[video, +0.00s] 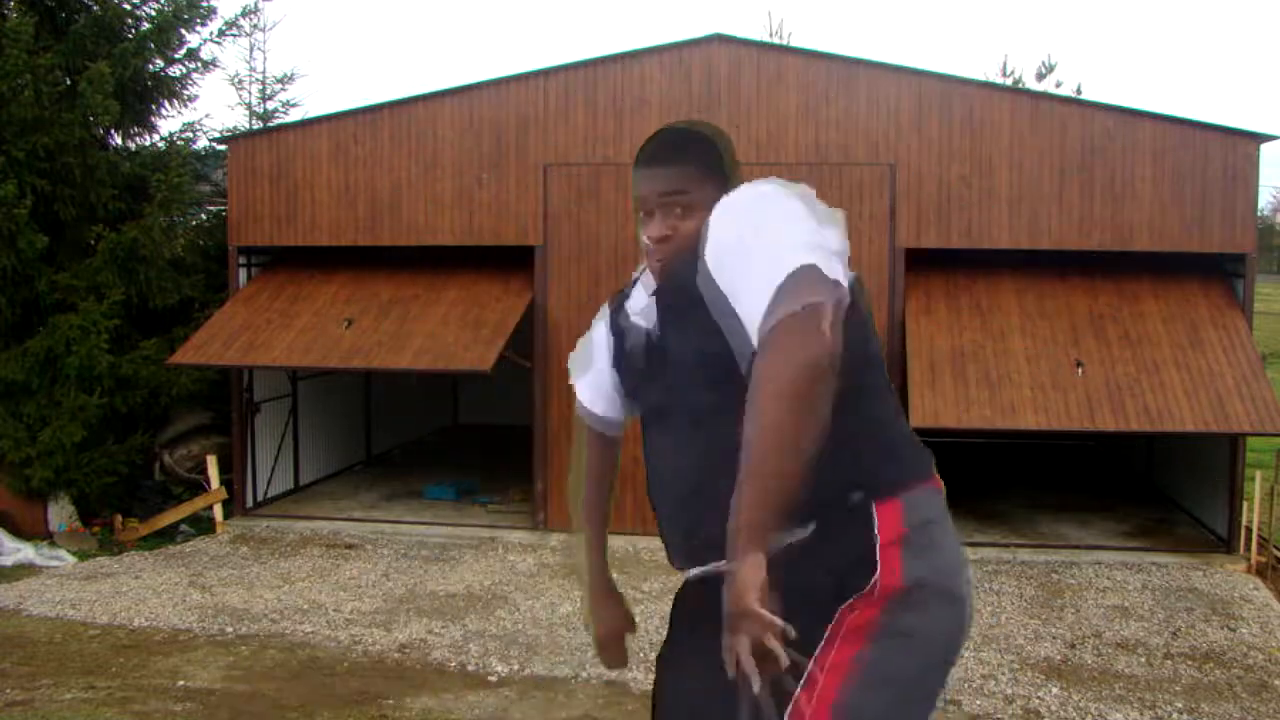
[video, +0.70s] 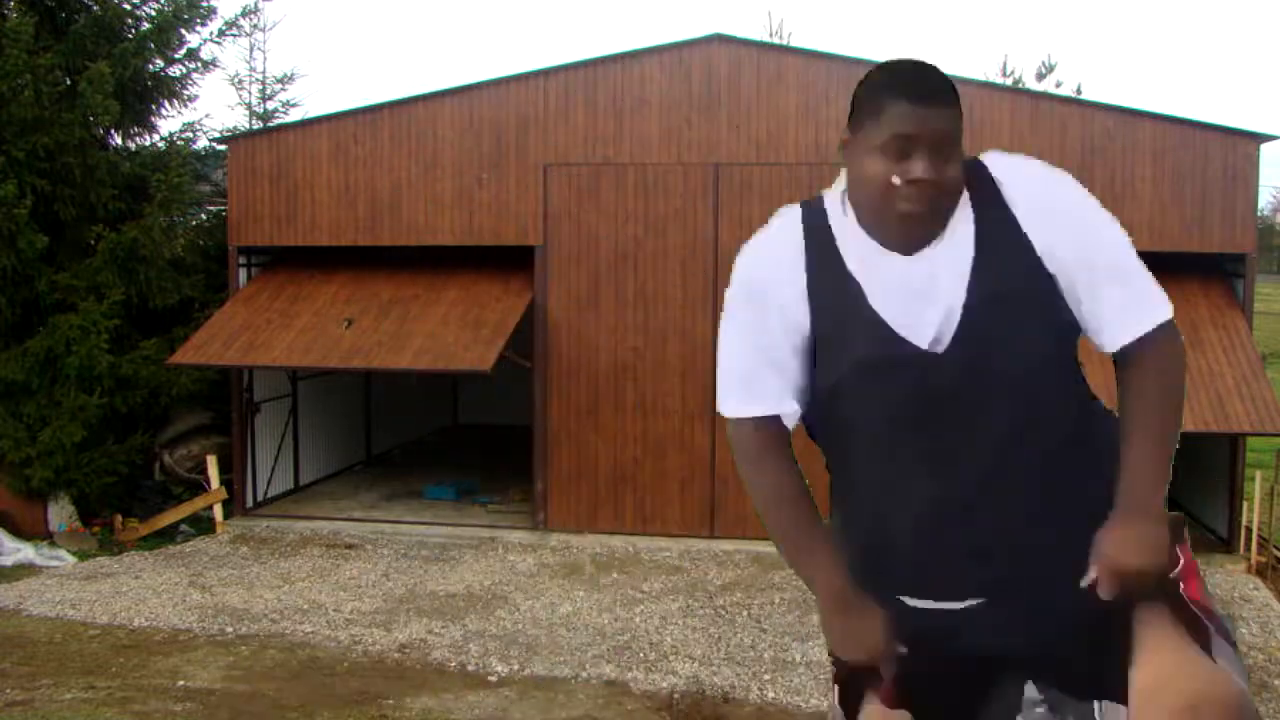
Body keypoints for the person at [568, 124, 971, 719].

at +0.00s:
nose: (657, 228)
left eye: (679, 207)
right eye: (645, 211)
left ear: (723, 200)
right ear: (634, 213)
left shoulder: (755, 214)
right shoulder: (624, 319)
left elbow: (805, 346)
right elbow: (597, 436)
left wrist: (749, 551)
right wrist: (598, 583)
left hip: (873, 562)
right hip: (726, 582)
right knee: (687, 704)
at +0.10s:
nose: (637, 262)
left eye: (658, 238)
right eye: (622, 244)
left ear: (709, 220)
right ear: (610, 240)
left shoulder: (737, 243)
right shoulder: (620, 318)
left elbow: (785, 423)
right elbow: (617, 479)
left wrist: (767, 631)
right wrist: (621, 630)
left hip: (860, 585)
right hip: (713, 598)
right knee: (661, 701)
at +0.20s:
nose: (628, 363)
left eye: (649, 337)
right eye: (613, 341)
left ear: (700, 302)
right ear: (597, 332)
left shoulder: (738, 346)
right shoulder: (614, 363)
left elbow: (805, 556)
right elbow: (627, 533)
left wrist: (825, 711)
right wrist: (637, 685)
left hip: (910, 628)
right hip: (740, 620)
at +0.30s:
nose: (688, 421)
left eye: (707, 396)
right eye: (670, 400)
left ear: (760, 354)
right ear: (652, 382)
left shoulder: (810, 394)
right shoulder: (662, 414)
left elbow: (925, 577)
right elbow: (684, 565)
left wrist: (963, 713)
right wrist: (695, 700)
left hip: (989, 634)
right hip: (817, 644)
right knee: (757, 703)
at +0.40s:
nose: (745, 435)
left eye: (767, 410)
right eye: (725, 413)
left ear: (813, 376)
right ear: (703, 398)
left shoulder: (878, 413)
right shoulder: (707, 434)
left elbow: (1047, 552)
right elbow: (740, 566)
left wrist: (1077, 710)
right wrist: (759, 690)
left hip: (1027, 638)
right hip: (885, 658)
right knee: (802, 707)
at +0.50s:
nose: (869, 412)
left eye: (889, 385)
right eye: (846, 391)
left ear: (924, 363)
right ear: (811, 379)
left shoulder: (996, 403)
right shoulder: (789, 446)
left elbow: (1168, 525)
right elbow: (813, 576)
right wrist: (848, 694)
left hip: (1076, 670)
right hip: (934, 674)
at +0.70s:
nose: (920, 173)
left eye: (942, 152)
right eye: (897, 150)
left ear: (964, 150)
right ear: (847, 151)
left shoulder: (1037, 200)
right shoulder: (779, 261)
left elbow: (1151, 339)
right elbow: (755, 433)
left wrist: (1140, 512)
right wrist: (838, 598)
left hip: (1076, 592)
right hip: (908, 615)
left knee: (1202, 702)